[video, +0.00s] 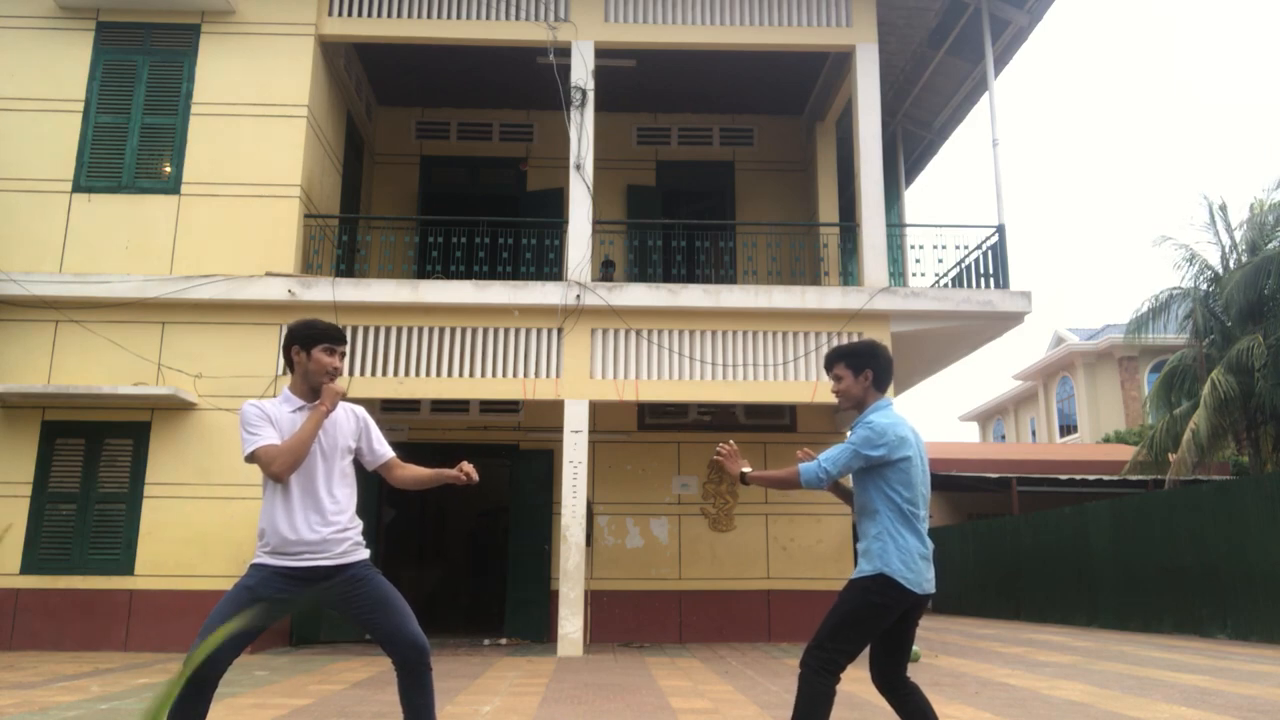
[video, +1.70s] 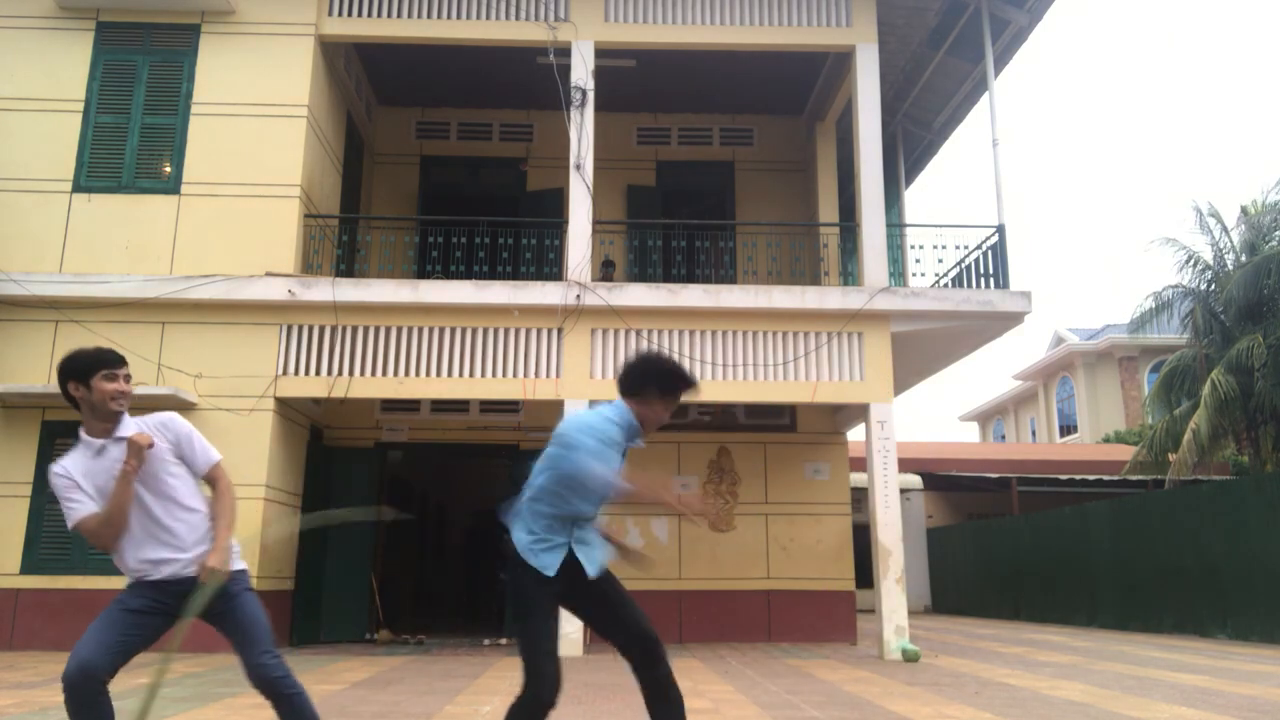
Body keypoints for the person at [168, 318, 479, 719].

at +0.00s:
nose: (337, 364)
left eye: (340, 356)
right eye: (327, 354)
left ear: (344, 361)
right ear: (295, 356)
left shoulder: (352, 416)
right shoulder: (258, 411)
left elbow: (396, 471)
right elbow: (277, 467)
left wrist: (448, 475)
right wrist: (323, 409)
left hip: (348, 566)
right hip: (276, 568)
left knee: (414, 650)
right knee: (203, 660)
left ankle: (423, 717)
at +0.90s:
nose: (328, 367)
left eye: (332, 358)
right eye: (318, 356)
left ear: (335, 364)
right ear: (287, 358)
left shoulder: (349, 416)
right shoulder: (252, 417)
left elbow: (385, 478)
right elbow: (274, 473)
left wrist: (413, 467)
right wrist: (318, 416)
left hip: (342, 568)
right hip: (272, 571)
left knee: (406, 655)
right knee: (198, 668)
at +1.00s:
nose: (290, 366)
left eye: (294, 358)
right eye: (279, 358)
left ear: (299, 366)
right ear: (251, 366)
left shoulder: (322, 418)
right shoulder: (225, 429)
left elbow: (365, 481)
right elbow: (251, 482)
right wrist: (295, 423)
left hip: (328, 573)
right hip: (256, 577)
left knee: (397, 656)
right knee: (182, 671)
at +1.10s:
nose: (224, 380)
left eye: (227, 371)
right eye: (212, 372)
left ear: (235, 377)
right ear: (188, 385)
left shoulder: (274, 423)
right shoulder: (178, 453)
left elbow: (320, 476)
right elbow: (207, 501)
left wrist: (298, 495)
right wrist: (240, 442)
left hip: (309, 576)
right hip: (238, 582)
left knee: (373, 662)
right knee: (151, 670)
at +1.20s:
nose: (173, 406)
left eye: (176, 398)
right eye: (159, 400)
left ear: (186, 404)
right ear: (134, 416)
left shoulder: (228, 436)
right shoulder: (141, 492)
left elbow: (289, 479)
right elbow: (177, 544)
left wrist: (282, 519)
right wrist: (188, 476)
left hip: (295, 578)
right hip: (225, 590)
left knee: (361, 668)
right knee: (132, 667)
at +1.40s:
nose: (125, 416)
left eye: (127, 407)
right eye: (110, 409)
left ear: (134, 413)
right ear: (81, 426)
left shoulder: (179, 444)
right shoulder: (93, 504)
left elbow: (238, 491)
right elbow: (137, 563)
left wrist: (252, 548)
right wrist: (141, 489)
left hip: (251, 586)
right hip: (180, 599)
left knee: (313, 681)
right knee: (89, 673)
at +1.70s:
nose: (123, 387)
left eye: (126, 379)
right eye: (109, 379)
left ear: (131, 384)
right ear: (77, 391)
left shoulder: (167, 427)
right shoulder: (67, 470)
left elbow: (221, 481)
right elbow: (103, 539)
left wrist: (220, 547)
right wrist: (130, 469)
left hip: (217, 574)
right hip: (152, 586)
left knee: (268, 672)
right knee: (81, 675)